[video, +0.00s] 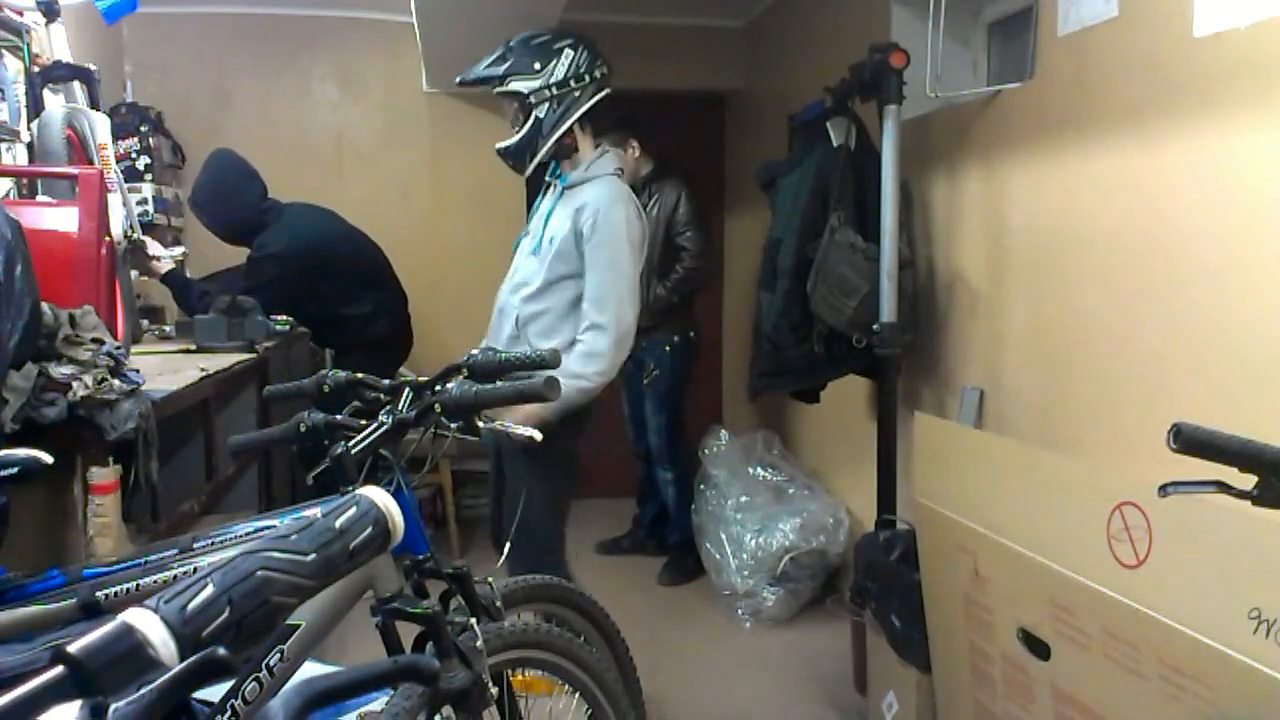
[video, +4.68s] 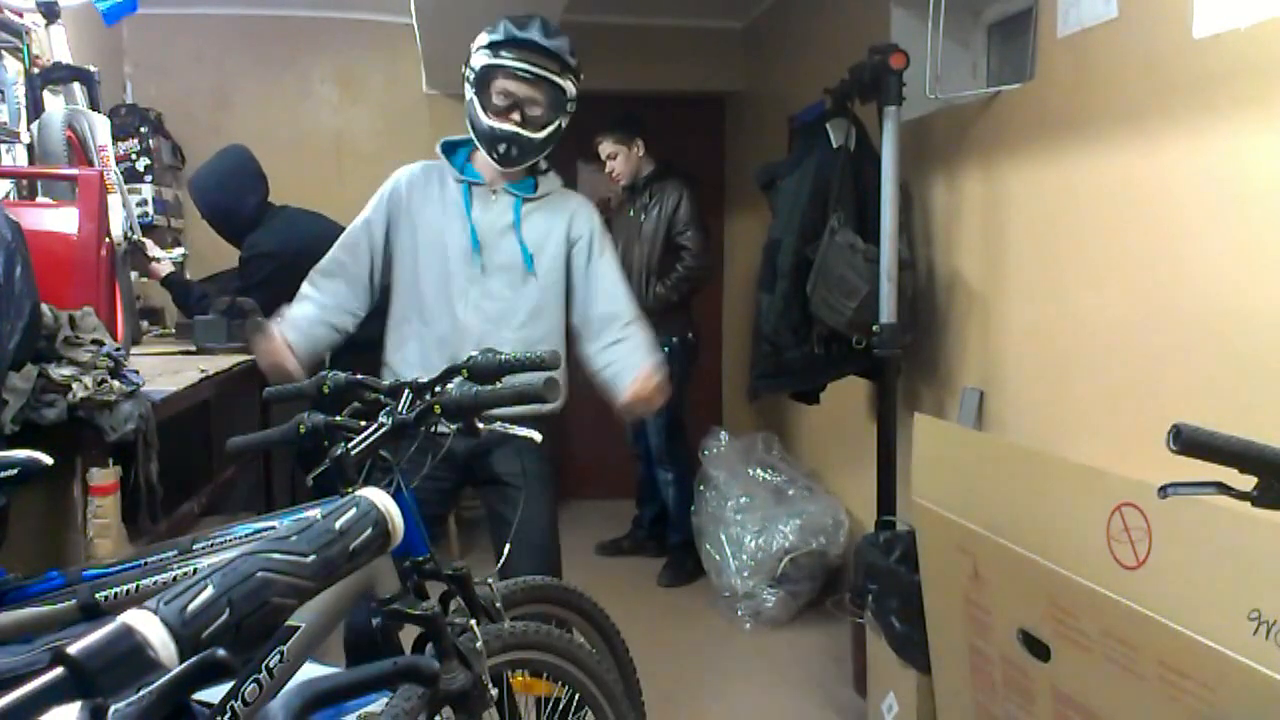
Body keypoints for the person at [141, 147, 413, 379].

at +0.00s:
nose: (213, 230)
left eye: (210, 220)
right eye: (208, 221)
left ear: (225, 216)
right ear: (251, 193)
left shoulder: (276, 253)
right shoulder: (295, 218)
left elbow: (223, 311)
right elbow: (246, 284)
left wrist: (164, 272)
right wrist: (177, 278)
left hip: (370, 348)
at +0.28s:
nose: (217, 225)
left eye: (216, 216)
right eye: (213, 216)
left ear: (231, 211)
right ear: (258, 190)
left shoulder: (275, 254)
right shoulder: (297, 216)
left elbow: (229, 312)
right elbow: (250, 290)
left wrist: (164, 272)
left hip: (370, 349)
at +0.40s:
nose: (217, 226)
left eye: (216, 217)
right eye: (213, 218)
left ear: (229, 214)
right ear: (257, 191)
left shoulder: (275, 253)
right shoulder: (296, 216)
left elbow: (220, 315)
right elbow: (268, 264)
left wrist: (164, 273)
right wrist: (227, 278)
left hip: (372, 350)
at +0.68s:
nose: (213, 224)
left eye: (212, 215)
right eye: (209, 216)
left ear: (226, 212)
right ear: (251, 194)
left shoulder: (273, 251)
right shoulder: (286, 217)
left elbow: (233, 316)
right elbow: (249, 281)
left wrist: (170, 275)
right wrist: (195, 257)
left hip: (380, 348)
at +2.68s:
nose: (203, 233)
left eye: (201, 223)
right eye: (198, 224)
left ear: (215, 218)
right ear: (239, 195)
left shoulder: (266, 252)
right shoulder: (279, 220)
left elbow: (220, 319)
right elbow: (244, 279)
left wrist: (168, 276)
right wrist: (186, 285)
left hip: (367, 350)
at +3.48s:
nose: (206, 224)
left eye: (205, 215)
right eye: (202, 216)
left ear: (219, 212)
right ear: (246, 192)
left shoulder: (268, 250)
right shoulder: (284, 223)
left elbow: (221, 317)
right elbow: (253, 282)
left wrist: (166, 276)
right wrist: (211, 277)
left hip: (366, 363)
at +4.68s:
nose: (209, 222)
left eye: (209, 212)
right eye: (206, 214)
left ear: (226, 207)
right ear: (255, 191)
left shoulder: (264, 249)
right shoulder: (295, 220)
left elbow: (233, 324)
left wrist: (167, 277)